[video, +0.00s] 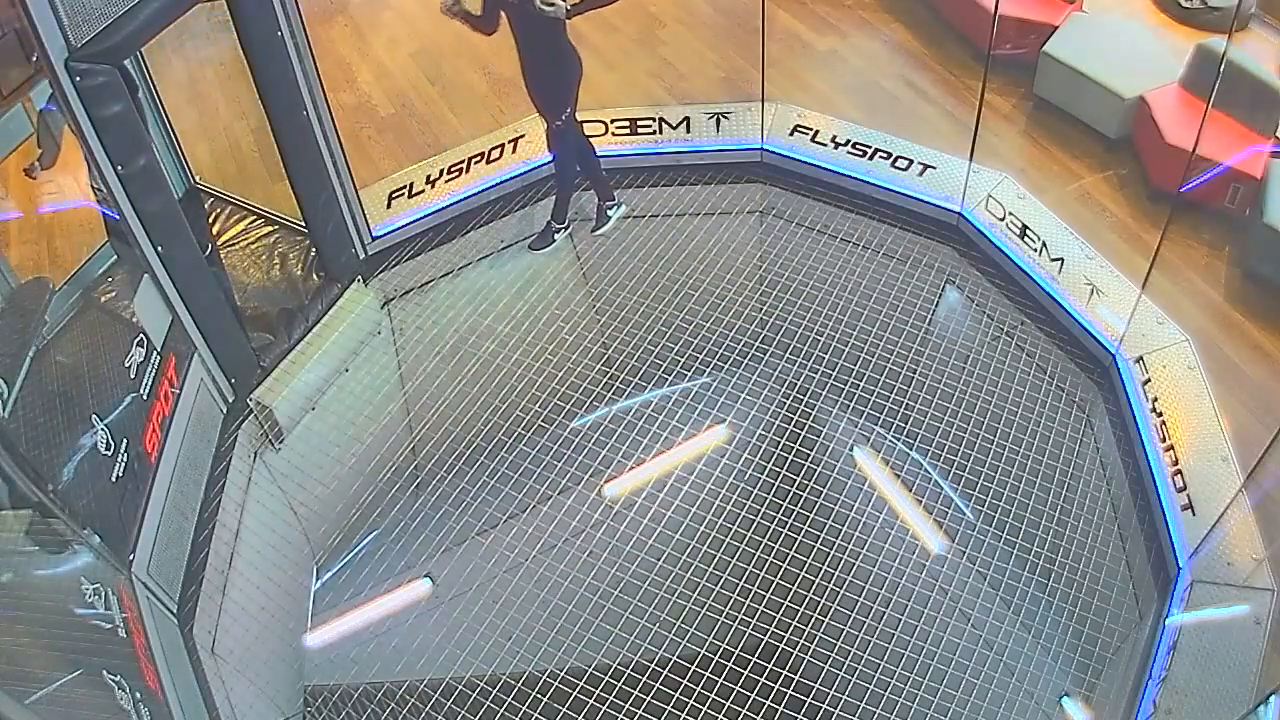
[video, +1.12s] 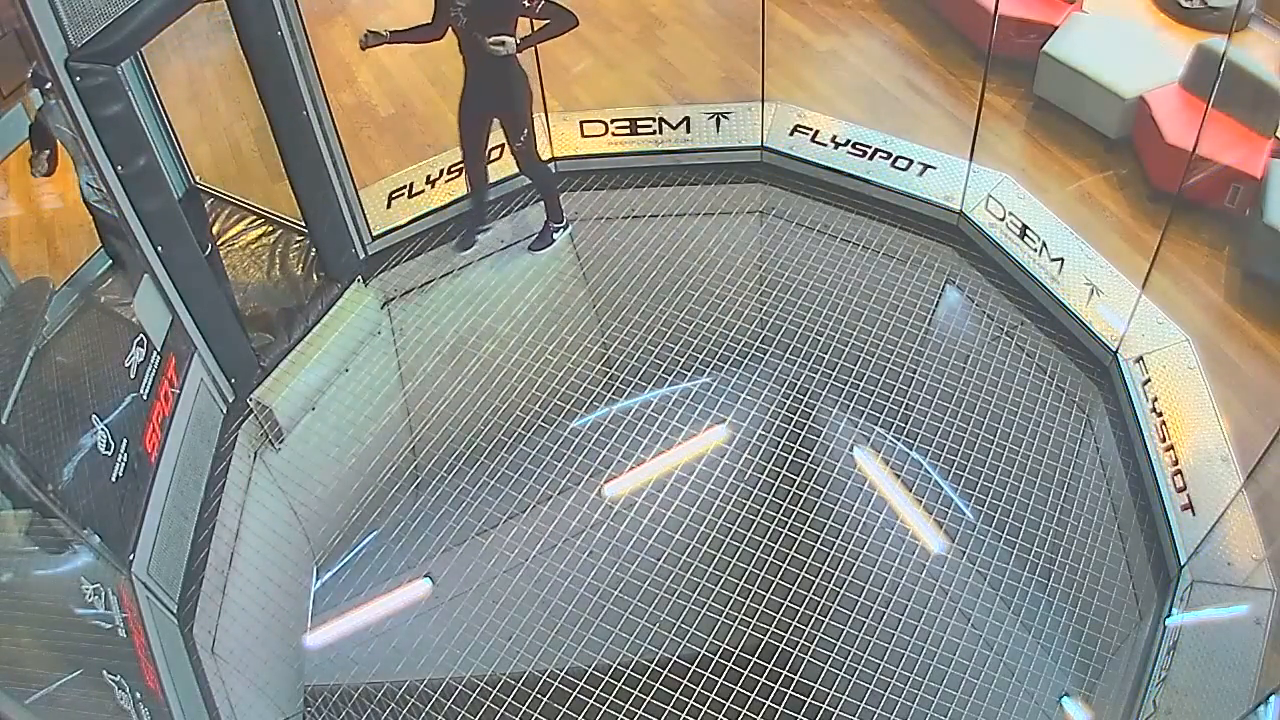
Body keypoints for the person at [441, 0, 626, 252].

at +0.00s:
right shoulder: (496, 2)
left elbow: (606, 0)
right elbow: (488, 25)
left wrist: (569, 11)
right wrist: (461, 14)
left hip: (562, 61)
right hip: (531, 67)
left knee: (560, 138)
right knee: (571, 133)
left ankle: (559, 222)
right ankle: (608, 201)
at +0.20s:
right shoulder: (479, 1)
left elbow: (598, 1)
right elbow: (463, 28)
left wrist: (554, 5)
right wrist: (428, 33)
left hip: (548, 65)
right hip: (517, 71)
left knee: (552, 144)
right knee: (562, 135)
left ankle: (557, 221)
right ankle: (604, 197)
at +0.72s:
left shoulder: (522, 3)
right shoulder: (464, 3)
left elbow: (581, 6)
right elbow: (439, 28)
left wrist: (534, 28)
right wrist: (390, 30)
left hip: (527, 75)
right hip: (498, 81)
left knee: (536, 147)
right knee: (530, 141)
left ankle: (558, 221)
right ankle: (580, 176)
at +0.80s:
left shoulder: (522, 2)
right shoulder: (460, 2)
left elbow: (576, 11)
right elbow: (439, 29)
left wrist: (529, 30)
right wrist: (391, 31)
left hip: (524, 78)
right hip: (494, 82)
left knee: (535, 151)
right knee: (517, 146)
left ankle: (559, 221)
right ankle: (562, 186)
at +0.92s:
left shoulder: (521, 2)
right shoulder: (456, 3)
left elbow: (571, 16)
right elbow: (438, 29)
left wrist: (523, 39)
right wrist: (389, 32)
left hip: (521, 79)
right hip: (488, 83)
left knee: (532, 153)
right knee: (500, 151)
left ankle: (558, 220)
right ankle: (535, 194)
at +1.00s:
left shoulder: (517, 3)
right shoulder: (453, 4)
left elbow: (570, 17)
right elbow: (438, 30)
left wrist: (523, 41)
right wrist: (388, 35)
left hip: (515, 79)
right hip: (484, 82)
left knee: (532, 157)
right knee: (486, 153)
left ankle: (557, 220)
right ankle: (511, 206)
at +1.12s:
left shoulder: (512, 4)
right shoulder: (448, 4)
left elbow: (567, 19)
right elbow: (436, 31)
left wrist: (520, 45)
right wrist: (385, 37)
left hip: (509, 82)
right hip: (474, 86)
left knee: (527, 160)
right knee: (473, 159)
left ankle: (557, 219)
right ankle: (479, 220)